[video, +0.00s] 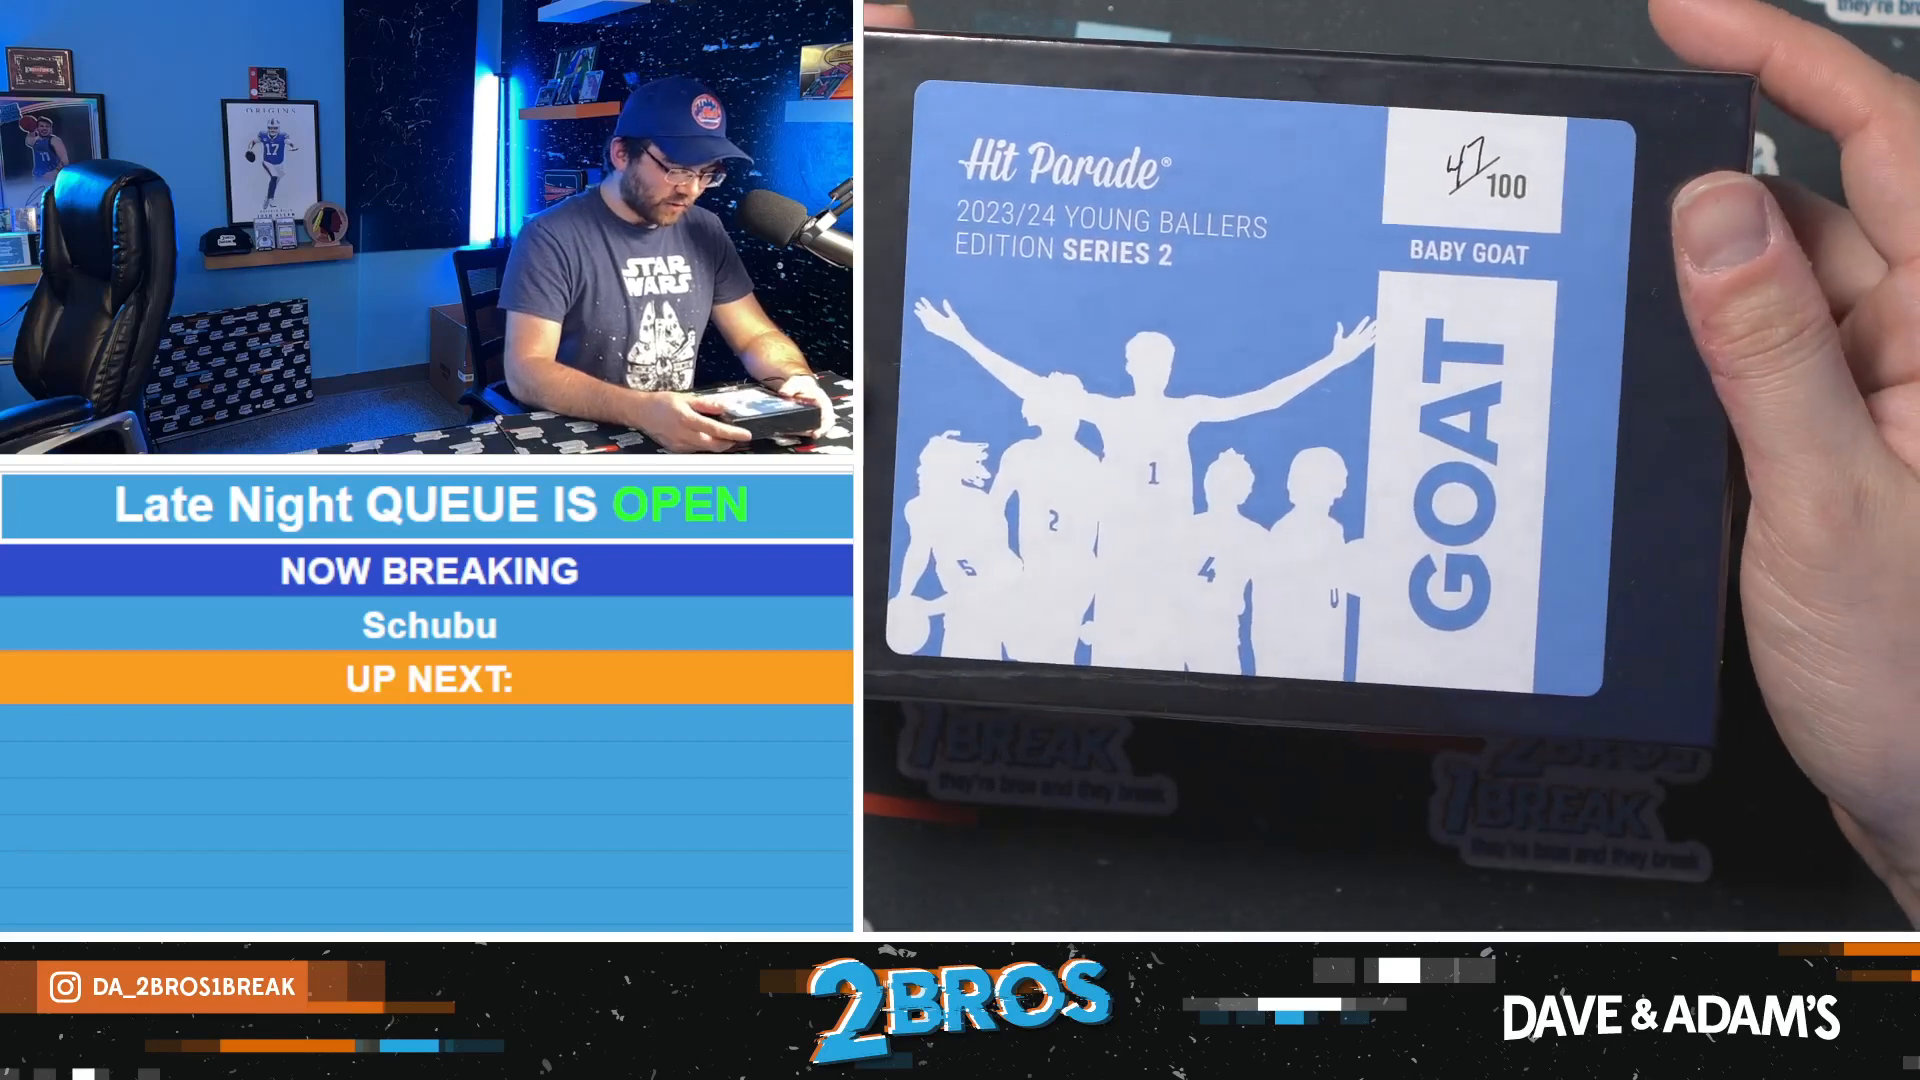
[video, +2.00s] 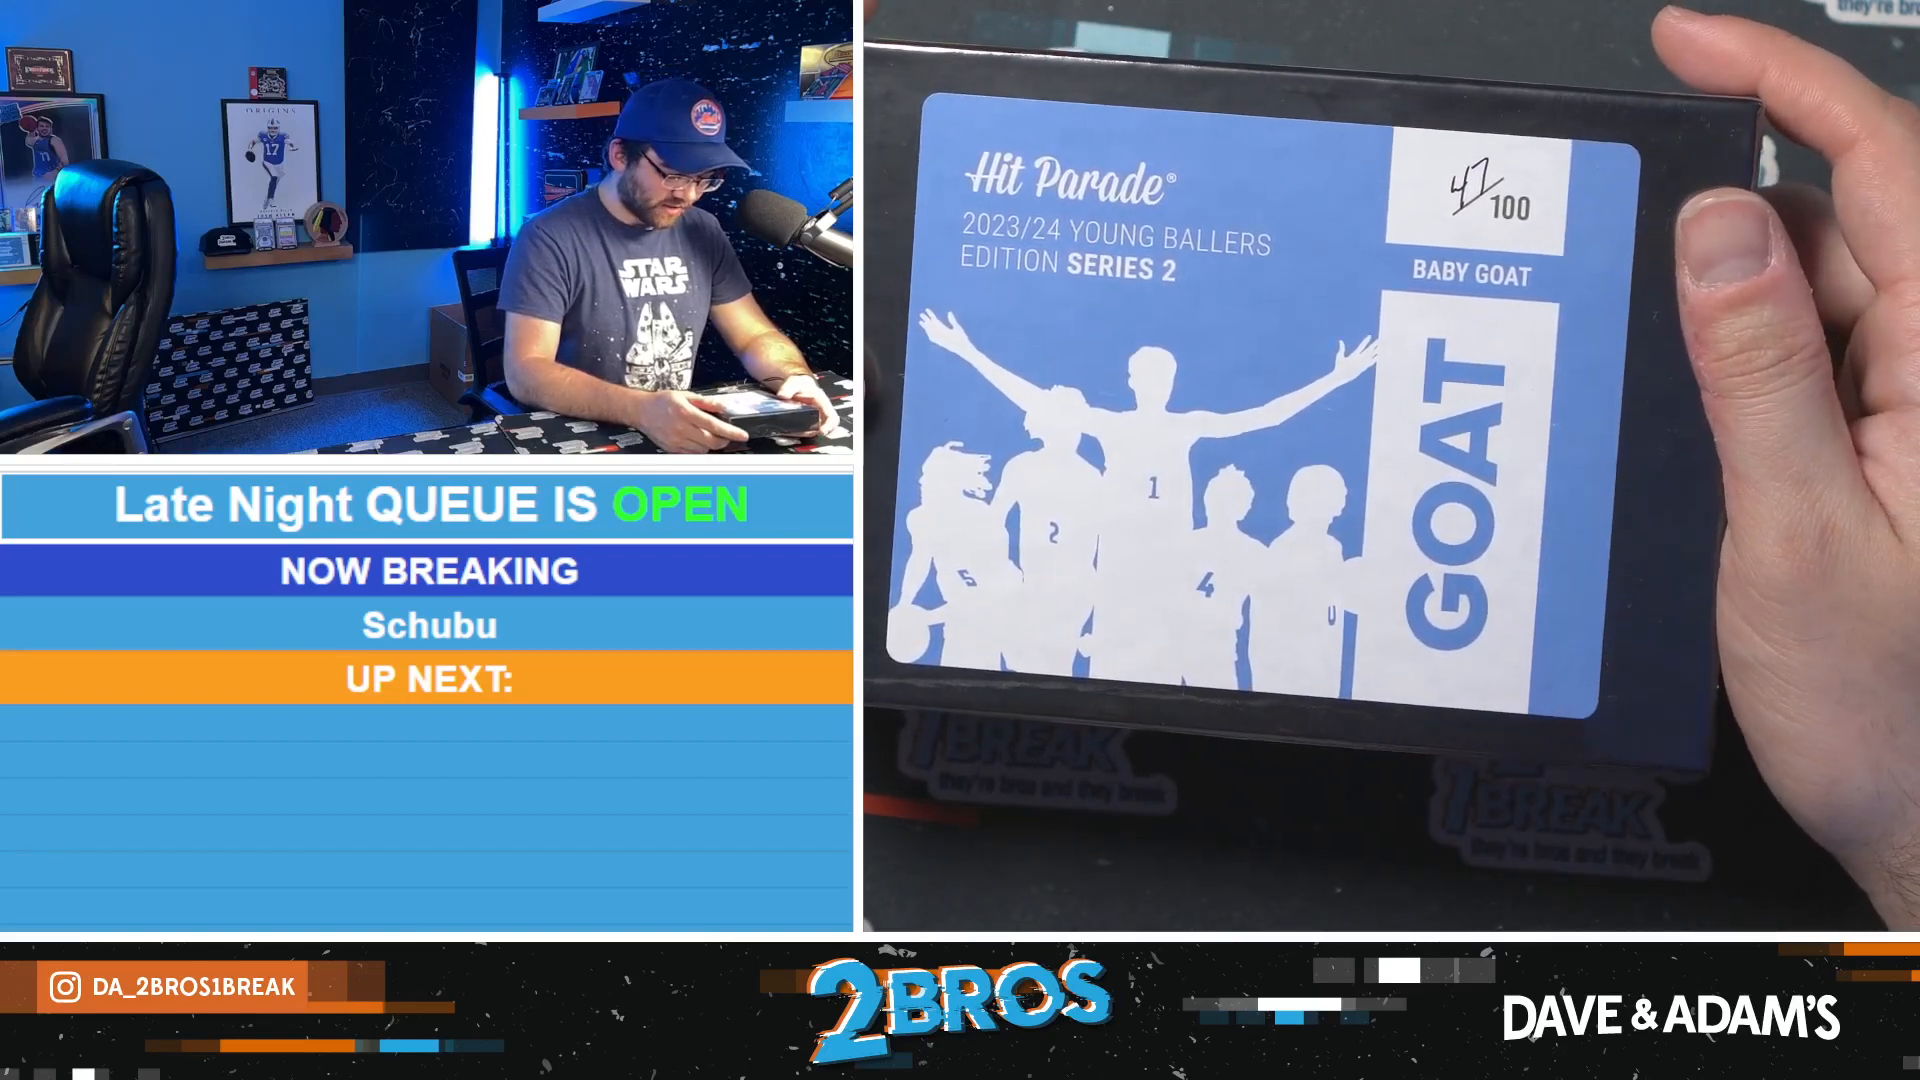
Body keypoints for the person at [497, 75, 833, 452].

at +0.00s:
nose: (691, 189)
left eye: (705, 172)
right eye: (675, 168)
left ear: (717, 168)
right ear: (621, 154)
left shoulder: (702, 230)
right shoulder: (552, 236)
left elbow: (754, 333)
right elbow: (526, 371)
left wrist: (793, 374)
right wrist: (642, 409)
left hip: (681, 457)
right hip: (578, 461)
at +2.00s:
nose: (687, 194)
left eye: (701, 178)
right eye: (672, 172)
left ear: (714, 174)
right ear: (620, 156)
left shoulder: (702, 232)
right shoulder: (553, 237)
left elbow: (756, 335)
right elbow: (528, 372)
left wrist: (795, 376)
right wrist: (643, 409)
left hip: (682, 462)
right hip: (577, 465)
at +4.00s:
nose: (687, 191)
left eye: (702, 173)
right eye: (671, 169)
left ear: (715, 169)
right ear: (619, 154)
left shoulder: (702, 233)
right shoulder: (553, 238)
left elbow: (757, 336)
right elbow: (529, 374)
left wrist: (797, 375)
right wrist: (643, 407)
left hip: (684, 460)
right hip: (579, 464)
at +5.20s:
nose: (659, 160)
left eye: (679, 145)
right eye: (642, 140)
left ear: (695, 157)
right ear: (605, 144)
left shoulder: (705, 231)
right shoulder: (552, 238)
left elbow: (757, 334)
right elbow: (523, 373)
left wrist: (793, 372)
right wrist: (612, 384)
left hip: (683, 449)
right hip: (577, 458)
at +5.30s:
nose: (648, 156)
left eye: (670, 141)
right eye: (631, 137)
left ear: (691, 155)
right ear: (602, 144)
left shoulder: (704, 230)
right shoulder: (548, 237)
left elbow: (762, 331)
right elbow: (515, 365)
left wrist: (795, 367)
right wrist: (565, 389)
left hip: (683, 456)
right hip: (580, 464)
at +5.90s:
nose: (604, 151)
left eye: (629, 137)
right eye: (599, 135)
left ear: (680, 153)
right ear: (590, 138)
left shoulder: (709, 233)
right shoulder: (551, 232)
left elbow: (775, 340)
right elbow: (520, 348)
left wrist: (753, 371)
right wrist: (535, 435)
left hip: (682, 448)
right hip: (582, 452)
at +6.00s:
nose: (606, 152)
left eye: (632, 138)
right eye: (601, 135)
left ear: (682, 154)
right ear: (592, 139)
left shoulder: (710, 233)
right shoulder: (553, 233)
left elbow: (776, 341)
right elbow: (522, 353)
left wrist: (758, 374)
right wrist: (536, 456)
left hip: (680, 450)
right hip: (582, 453)